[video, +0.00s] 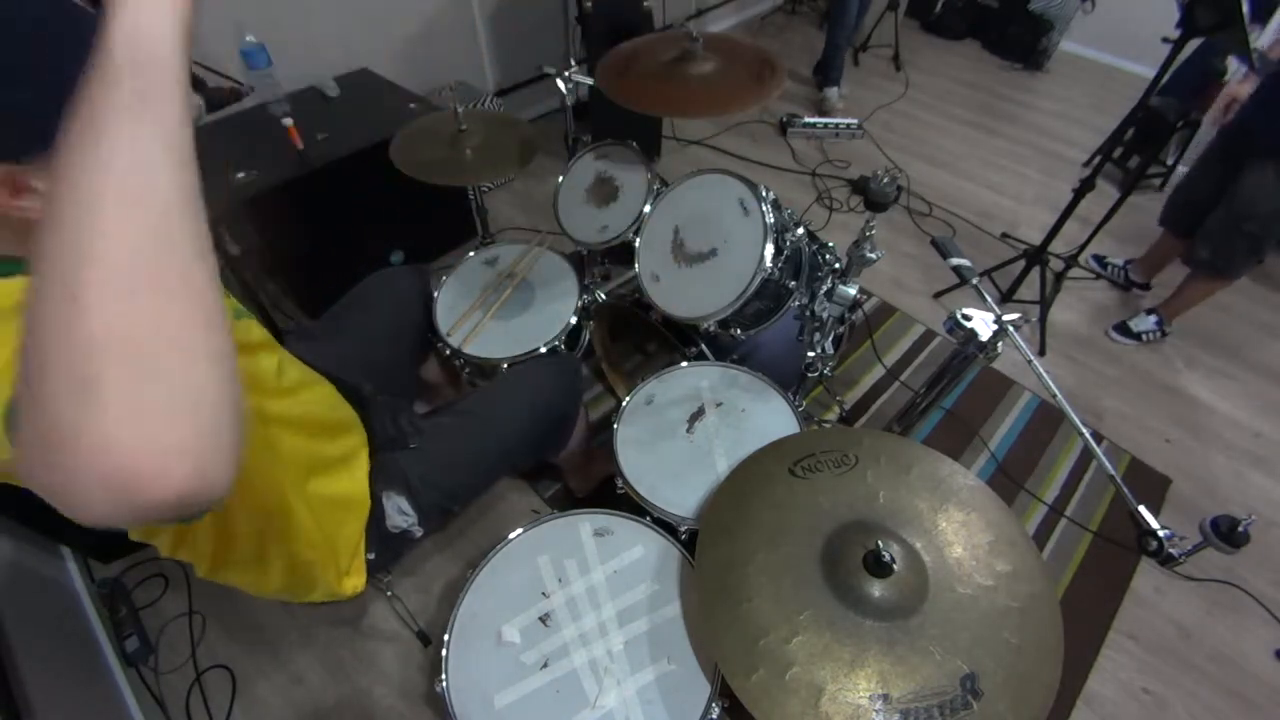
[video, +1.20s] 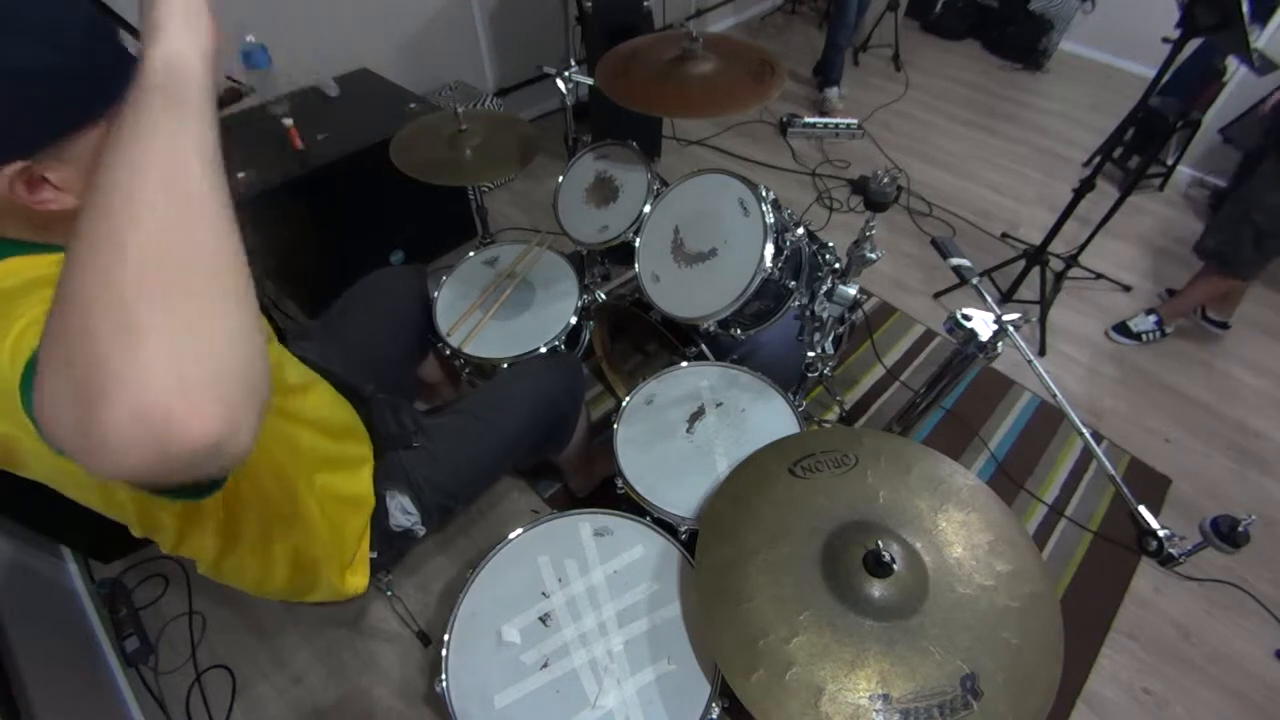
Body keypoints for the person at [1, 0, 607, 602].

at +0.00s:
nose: (114, 166)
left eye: (105, 147)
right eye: (87, 155)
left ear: (21, 189)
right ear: (20, 192)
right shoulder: (12, 332)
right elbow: (152, 467)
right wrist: (148, 15)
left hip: (294, 394)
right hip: (349, 511)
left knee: (402, 281)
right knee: (554, 368)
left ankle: (421, 405)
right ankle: (558, 471)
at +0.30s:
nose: (140, 101)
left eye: (120, 82)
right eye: (107, 98)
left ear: (29, 171)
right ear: (23, 168)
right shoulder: (26, 312)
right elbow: (173, 404)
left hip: (295, 396)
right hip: (352, 518)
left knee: (411, 283)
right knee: (558, 371)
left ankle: (417, 407)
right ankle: (566, 472)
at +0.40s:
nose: (121, 92)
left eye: (100, 76)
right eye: (88, 88)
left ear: (20, 158)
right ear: (13, 155)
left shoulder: (53, 242)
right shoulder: (29, 294)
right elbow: (185, 312)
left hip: (289, 394)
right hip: (349, 513)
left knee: (414, 285)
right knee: (561, 375)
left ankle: (421, 399)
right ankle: (569, 468)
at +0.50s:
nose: (117, 89)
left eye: (95, 73)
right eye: (83, 84)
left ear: (16, 154)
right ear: (11, 151)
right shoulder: (37, 282)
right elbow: (212, 236)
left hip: (286, 394)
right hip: (346, 513)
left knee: (413, 288)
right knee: (563, 378)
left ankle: (426, 396)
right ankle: (575, 471)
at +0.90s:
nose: (122, 92)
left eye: (99, 73)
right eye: (87, 85)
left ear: (19, 155)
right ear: (13, 151)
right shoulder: (34, 297)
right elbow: (187, 304)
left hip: (285, 395)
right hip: (344, 512)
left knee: (408, 285)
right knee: (564, 374)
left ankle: (428, 394)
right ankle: (577, 474)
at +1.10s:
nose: (125, 101)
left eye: (115, 84)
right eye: (97, 97)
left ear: (28, 172)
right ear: (26, 171)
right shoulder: (25, 333)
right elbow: (173, 381)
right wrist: (191, 2)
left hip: (294, 391)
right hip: (352, 513)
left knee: (404, 280)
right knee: (557, 370)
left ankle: (425, 395)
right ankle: (572, 469)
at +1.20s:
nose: (160, 154)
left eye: (142, 127)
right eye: (125, 139)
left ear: (37, 182)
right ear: (38, 188)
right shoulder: (27, 325)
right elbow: (181, 422)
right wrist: (180, 41)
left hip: (293, 392)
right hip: (355, 514)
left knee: (402, 280)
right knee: (556, 367)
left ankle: (423, 400)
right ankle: (565, 469)